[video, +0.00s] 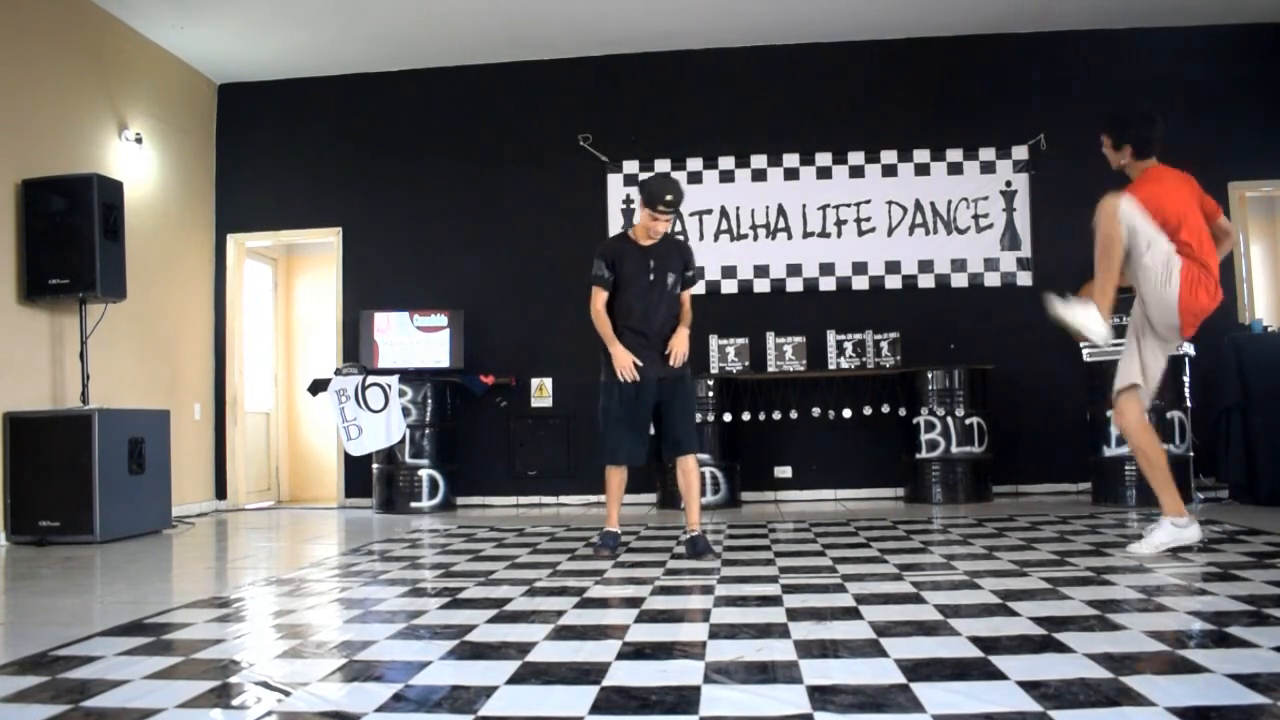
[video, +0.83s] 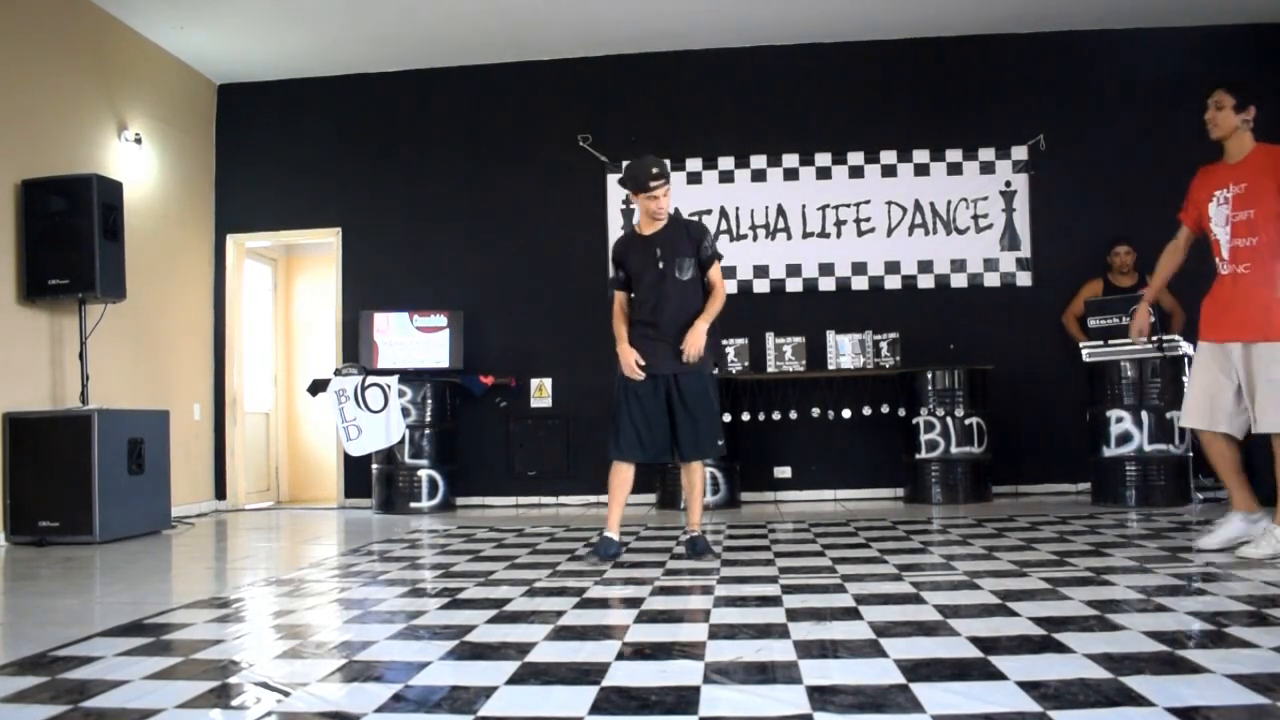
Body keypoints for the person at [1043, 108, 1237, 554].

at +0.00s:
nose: (1104, 153)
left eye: (1106, 146)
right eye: (1104, 146)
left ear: (1125, 149)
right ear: (1148, 147)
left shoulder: (1138, 192)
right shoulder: (1182, 181)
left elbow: (1120, 266)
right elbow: (1227, 233)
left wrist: (1095, 295)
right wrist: (1197, 266)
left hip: (1180, 290)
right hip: (1165, 313)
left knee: (1113, 204)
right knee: (1127, 411)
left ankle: (1097, 311)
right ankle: (1177, 518)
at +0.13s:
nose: (1111, 136)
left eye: (1118, 127)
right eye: (1111, 128)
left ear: (1147, 128)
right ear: (1141, 132)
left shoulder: (1158, 177)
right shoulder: (1176, 174)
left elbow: (1121, 258)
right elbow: (1222, 234)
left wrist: (1114, 230)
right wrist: (1229, 297)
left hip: (1183, 291)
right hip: (1195, 298)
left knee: (1089, 302)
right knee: (1165, 410)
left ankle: (1150, 400)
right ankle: (1186, 529)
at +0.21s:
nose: (1118, 130)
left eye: (1126, 120)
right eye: (1117, 122)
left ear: (1155, 121)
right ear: (1149, 126)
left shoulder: (1171, 170)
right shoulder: (1177, 171)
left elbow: (1140, 250)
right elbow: (1217, 242)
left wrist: (1123, 232)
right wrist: (1249, 300)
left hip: (1179, 297)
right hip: (1195, 301)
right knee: (1179, 415)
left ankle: (1194, 454)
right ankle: (1186, 529)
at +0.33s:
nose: (1129, 130)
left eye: (1137, 121)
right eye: (1128, 123)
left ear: (1165, 122)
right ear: (1158, 126)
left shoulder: (1184, 166)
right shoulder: (1186, 171)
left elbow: (1192, 237)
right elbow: (1231, 239)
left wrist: (1133, 249)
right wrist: (1256, 302)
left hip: (1189, 322)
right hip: (1171, 323)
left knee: (1199, 421)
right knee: (1177, 423)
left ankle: (1265, 512)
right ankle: (1186, 529)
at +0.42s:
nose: (1140, 130)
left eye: (1146, 121)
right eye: (1138, 123)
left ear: (1175, 121)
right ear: (1166, 124)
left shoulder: (1197, 164)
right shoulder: (1182, 172)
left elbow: (1217, 234)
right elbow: (1233, 242)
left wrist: (1154, 263)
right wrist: (1245, 309)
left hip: (1206, 326)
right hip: (1170, 327)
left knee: (1239, 424)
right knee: (1177, 425)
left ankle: (1276, 520)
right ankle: (1186, 529)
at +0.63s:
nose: (1172, 122)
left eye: (1180, 112)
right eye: (1170, 115)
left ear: (1210, 115)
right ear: (1184, 123)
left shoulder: (1244, 161)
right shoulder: (1189, 179)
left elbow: (1274, 229)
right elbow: (1207, 247)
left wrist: (1220, 263)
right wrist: (1193, 305)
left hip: (1253, 325)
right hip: (1199, 325)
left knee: (1268, 426)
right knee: (1193, 424)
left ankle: (1278, 524)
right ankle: (1187, 528)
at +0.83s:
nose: (1210, 117)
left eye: (1220, 108)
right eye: (1208, 110)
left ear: (1248, 115)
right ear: (1209, 120)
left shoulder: (1273, 162)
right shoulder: (1206, 179)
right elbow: (1180, 244)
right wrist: (1146, 300)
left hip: (1271, 319)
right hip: (1222, 319)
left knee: (1274, 426)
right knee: (1204, 417)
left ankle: (1275, 524)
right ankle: (1247, 511)